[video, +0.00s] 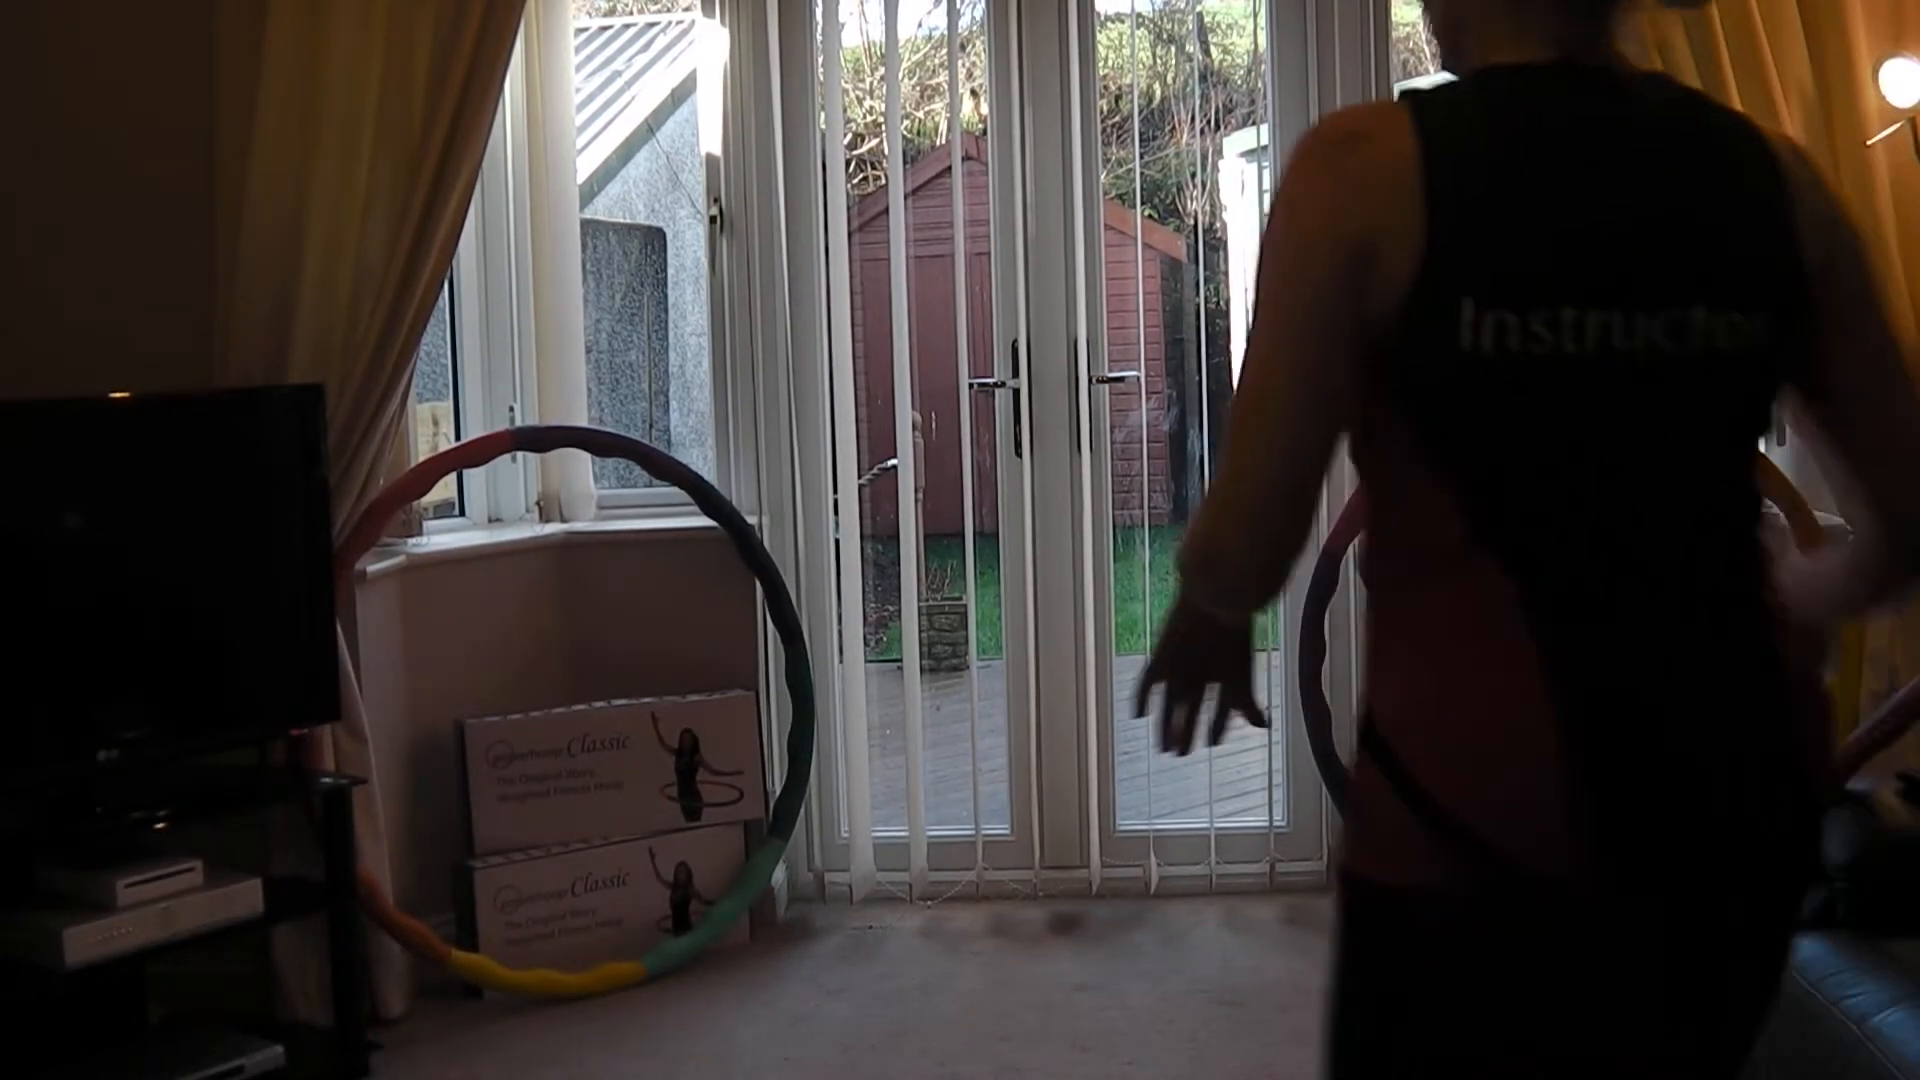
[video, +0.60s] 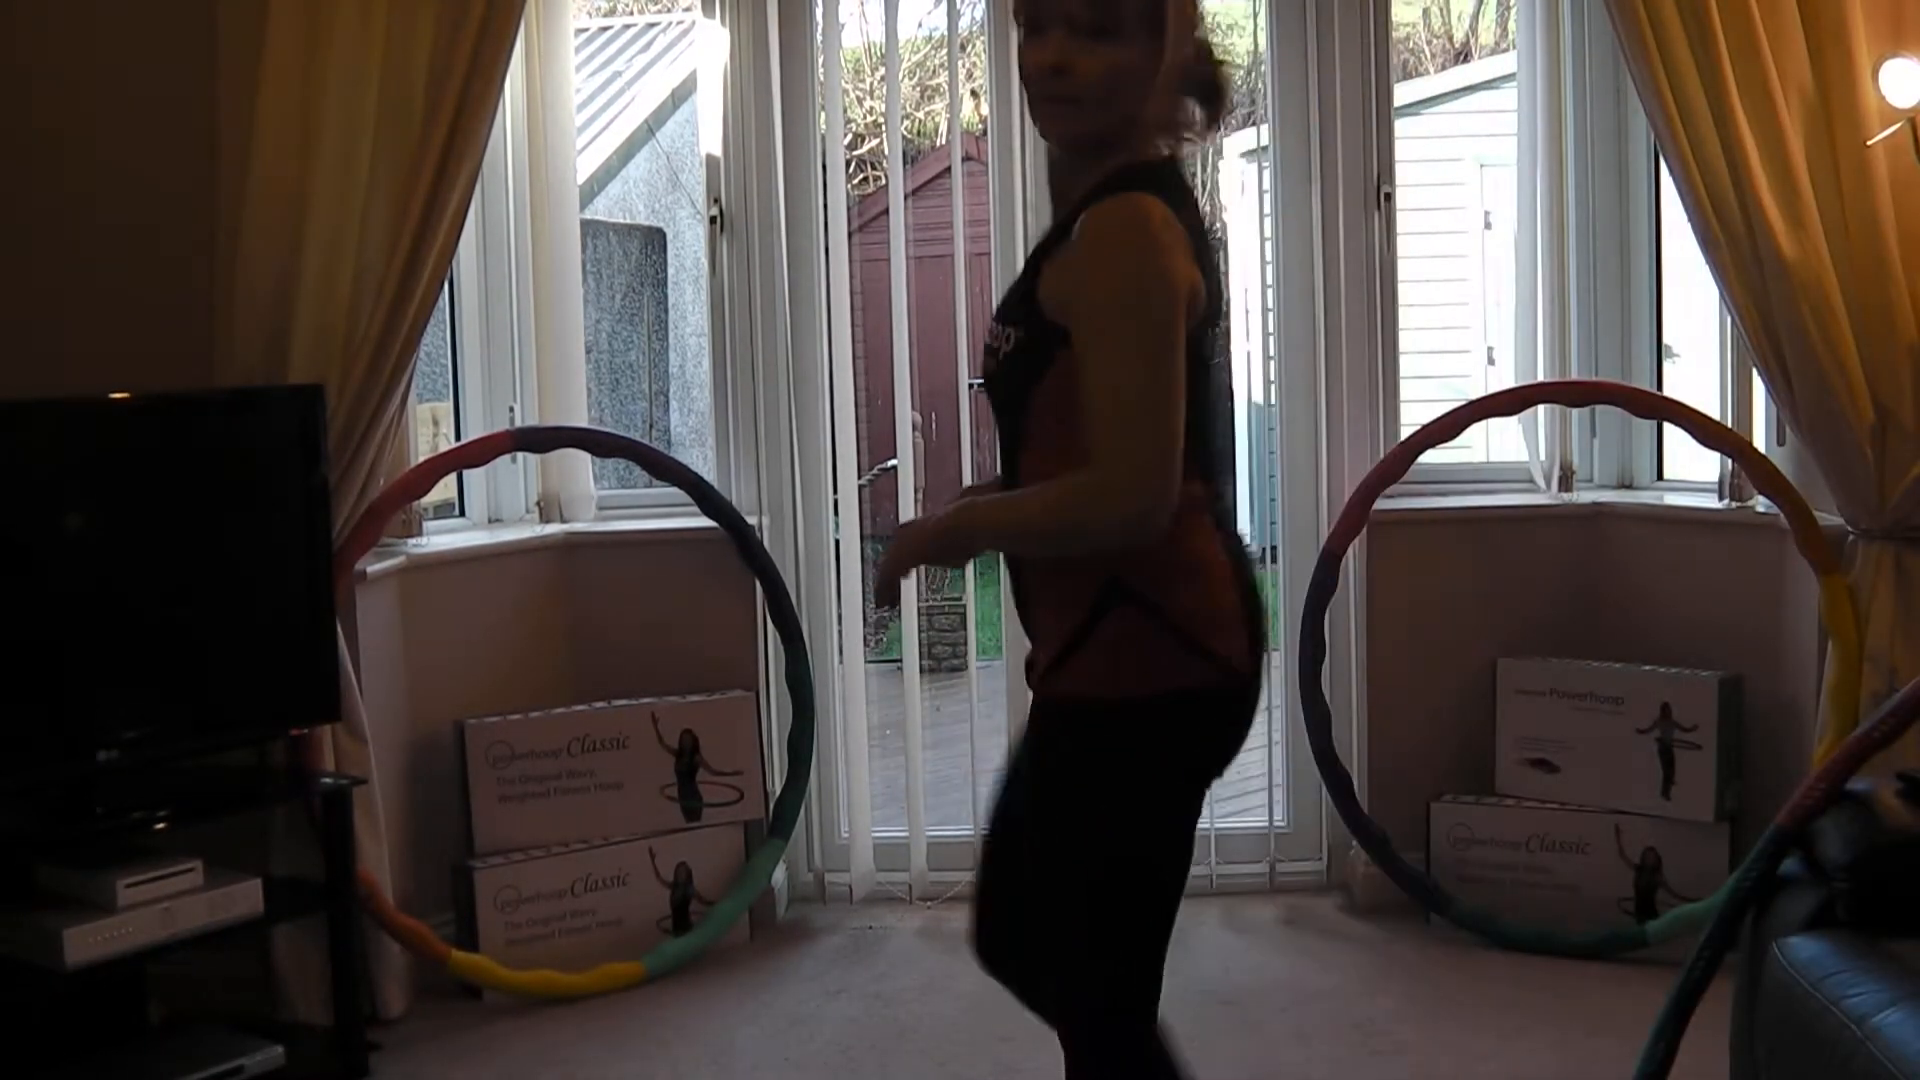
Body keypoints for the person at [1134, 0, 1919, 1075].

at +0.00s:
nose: (1429, 5)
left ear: (1453, 7)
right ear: (1613, 0)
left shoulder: (1367, 164)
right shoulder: (1769, 178)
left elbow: (1250, 530)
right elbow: (1901, 517)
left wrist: (1211, 613)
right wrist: (1786, 590)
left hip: (1469, 799)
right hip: (1736, 786)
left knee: (1434, 1079)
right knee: (1683, 1068)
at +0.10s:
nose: (1338, 12)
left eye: (1342, 2)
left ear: (1361, 1)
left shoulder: (1303, 146)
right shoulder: (1658, 155)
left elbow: (1220, 481)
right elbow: (1774, 465)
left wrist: (1123, 588)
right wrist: (1621, 510)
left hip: (1386, 751)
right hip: (1639, 746)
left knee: (1297, 1064)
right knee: (1606, 1067)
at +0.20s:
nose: (1256, 18)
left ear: (1300, 12)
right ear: (1441, 15)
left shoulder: (1243, 191)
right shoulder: (1563, 185)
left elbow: (1199, 489)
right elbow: (1627, 464)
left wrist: (1052, 614)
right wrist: (1470, 479)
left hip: (1321, 748)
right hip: (1548, 744)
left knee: (1236, 1064)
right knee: (1549, 1070)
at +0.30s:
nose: (1163, 45)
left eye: (1184, 14)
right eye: (1170, 17)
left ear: (1263, 39)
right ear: (1358, 46)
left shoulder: (1176, 243)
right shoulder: (1457, 227)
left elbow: (1152, 528)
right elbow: (1474, 486)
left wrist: (990, 643)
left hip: (1245, 751)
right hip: (1460, 740)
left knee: (1172, 1061)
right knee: (1461, 1067)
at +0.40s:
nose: (1087, 70)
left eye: (1128, 41)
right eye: (1100, 40)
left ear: (1233, 73)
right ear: (1245, 79)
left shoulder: (1127, 278)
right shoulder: (1345, 246)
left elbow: (1103, 560)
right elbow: (1362, 475)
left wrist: (947, 626)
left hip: (1166, 737)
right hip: (1353, 725)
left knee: (1128, 1064)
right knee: (1342, 1064)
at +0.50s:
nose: (1065, 78)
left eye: (1110, 48)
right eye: (1057, 45)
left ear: (1198, 69)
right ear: (1039, 52)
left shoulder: (1123, 267)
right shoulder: (1236, 231)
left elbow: (1097, 542)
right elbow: (1193, 468)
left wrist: (939, 569)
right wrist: (1037, 514)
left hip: (1147, 680)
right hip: (1263, 660)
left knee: (1113, 1022)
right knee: (1162, 990)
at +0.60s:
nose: (1053, 57)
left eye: (1098, 31)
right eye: (1037, 29)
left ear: (1169, 58)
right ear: (1014, 44)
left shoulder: (1127, 227)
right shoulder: (1110, 216)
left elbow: (1133, 490)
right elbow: (1110, 461)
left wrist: (959, 528)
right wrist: (982, 505)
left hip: (1147, 657)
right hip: (1131, 648)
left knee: (1041, 940)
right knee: (1045, 937)